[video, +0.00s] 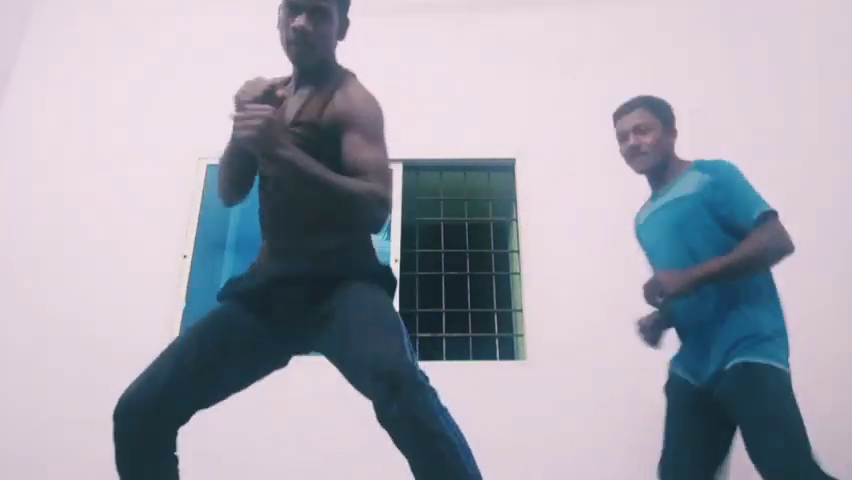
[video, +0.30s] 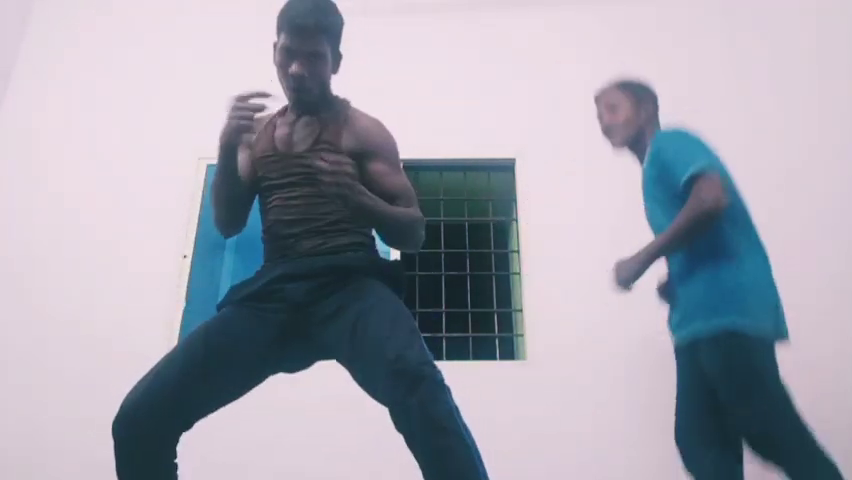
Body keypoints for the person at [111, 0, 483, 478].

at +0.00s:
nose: (301, 24)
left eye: (318, 15)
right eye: (292, 13)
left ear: (342, 28)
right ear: (280, 25)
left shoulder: (354, 101)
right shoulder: (258, 95)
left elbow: (377, 205)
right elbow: (229, 192)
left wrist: (283, 150)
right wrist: (244, 137)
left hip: (347, 291)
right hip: (269, 292)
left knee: (397, 384)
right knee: (139, 413)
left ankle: (463, 479)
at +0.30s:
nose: (298, 69)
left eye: (313, 58)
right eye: (288, 56)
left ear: (337, 61)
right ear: (275, 58)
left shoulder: (364, 131)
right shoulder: (256, 135)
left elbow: (412, 235)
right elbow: (228, 224)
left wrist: (356, 193)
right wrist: (226, 148)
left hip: (352, 292)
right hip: (273, 296)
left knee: (414, 377)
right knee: (140, 421)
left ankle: (470, 478)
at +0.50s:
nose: (308, 78)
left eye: (322, 66)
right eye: (299, 65)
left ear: (343, 68)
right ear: (284, 64)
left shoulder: (372, 138)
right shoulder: (259, 134)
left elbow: (419, 241)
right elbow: (218, 209)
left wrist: (403, 196)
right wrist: (202, 139)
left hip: (354, 291)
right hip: (271, 292)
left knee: (420, 378)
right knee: (147, 424)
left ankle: (471, 475)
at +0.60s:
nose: (310, 80)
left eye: (324, 68)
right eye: (302, 67)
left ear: (348, 68)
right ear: (288, 62)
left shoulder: (376, 138)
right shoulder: (262, 132)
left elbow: (427, 219)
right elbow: (185, 177)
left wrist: (453, 187)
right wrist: (132, 124)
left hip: (357, 293)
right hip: (273, 296)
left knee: (427, 382)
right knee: (146, 424)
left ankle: (474, 478)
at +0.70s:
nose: (319, 77)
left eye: (333, 65)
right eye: (310, 64)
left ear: (357, 63)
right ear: (297, 59)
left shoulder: (389, 141)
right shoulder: (265, 124)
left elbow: (463, 200)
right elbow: (173, 159)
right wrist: (92, 118)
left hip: (361, 297)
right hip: (271, 300)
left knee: (437, 377)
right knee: (142, 426)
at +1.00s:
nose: (335, 71)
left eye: (348, 59)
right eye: (324, 57)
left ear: (368, 61)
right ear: (306, 55)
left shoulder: (395, 139)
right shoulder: (274, 126)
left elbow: (463, 212)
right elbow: (195, 183)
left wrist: (536, 179)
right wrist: (103, 137)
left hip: (370, 283)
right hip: (280, 287)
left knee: (445, 374)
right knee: (151, 426)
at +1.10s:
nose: (337, 67)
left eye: (351, 56)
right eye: (327, 54)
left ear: (371, 58)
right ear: (312, 54)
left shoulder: (397, 135)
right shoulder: (279, 127)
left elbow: (458, 227)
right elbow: (218, 201)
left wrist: (475, 211)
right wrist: (145, 190)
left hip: (372, 273)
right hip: (286, 279)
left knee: (439, 370)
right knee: (159, 423)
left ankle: (481, 476)